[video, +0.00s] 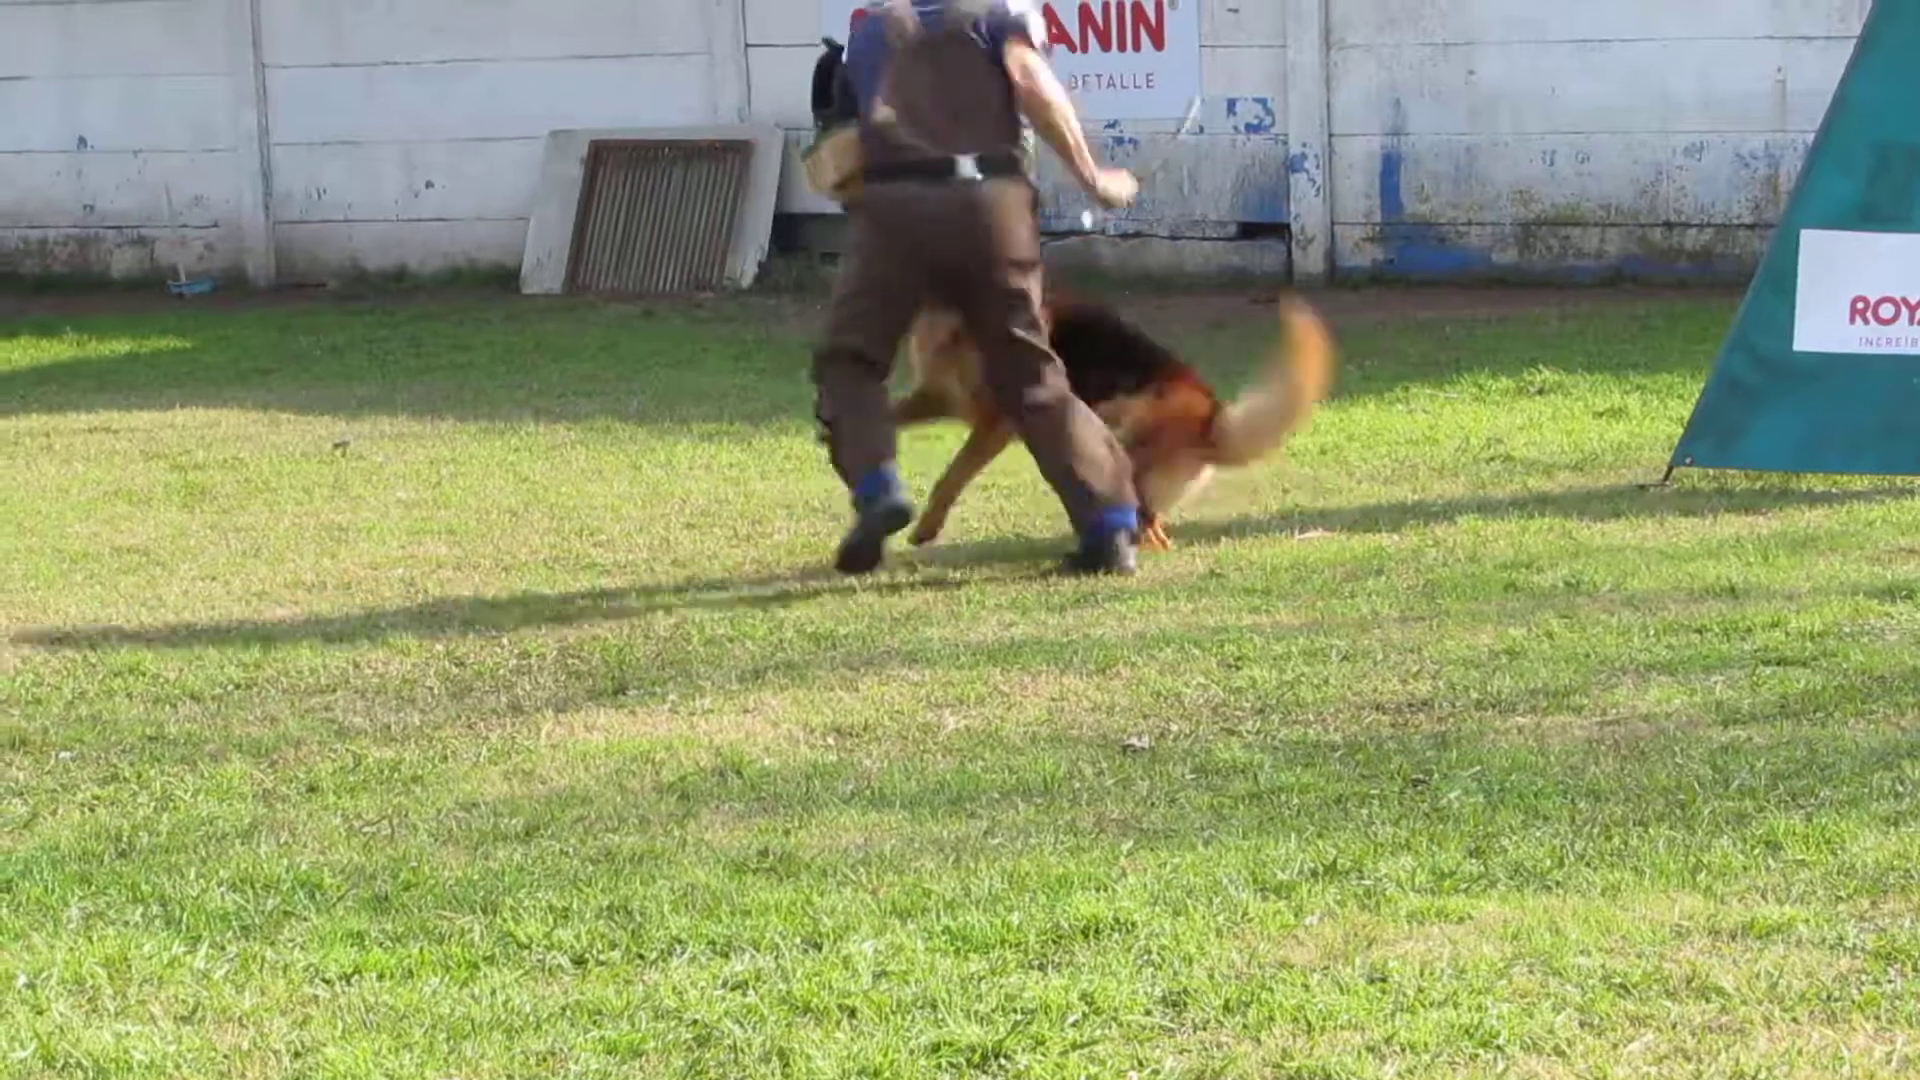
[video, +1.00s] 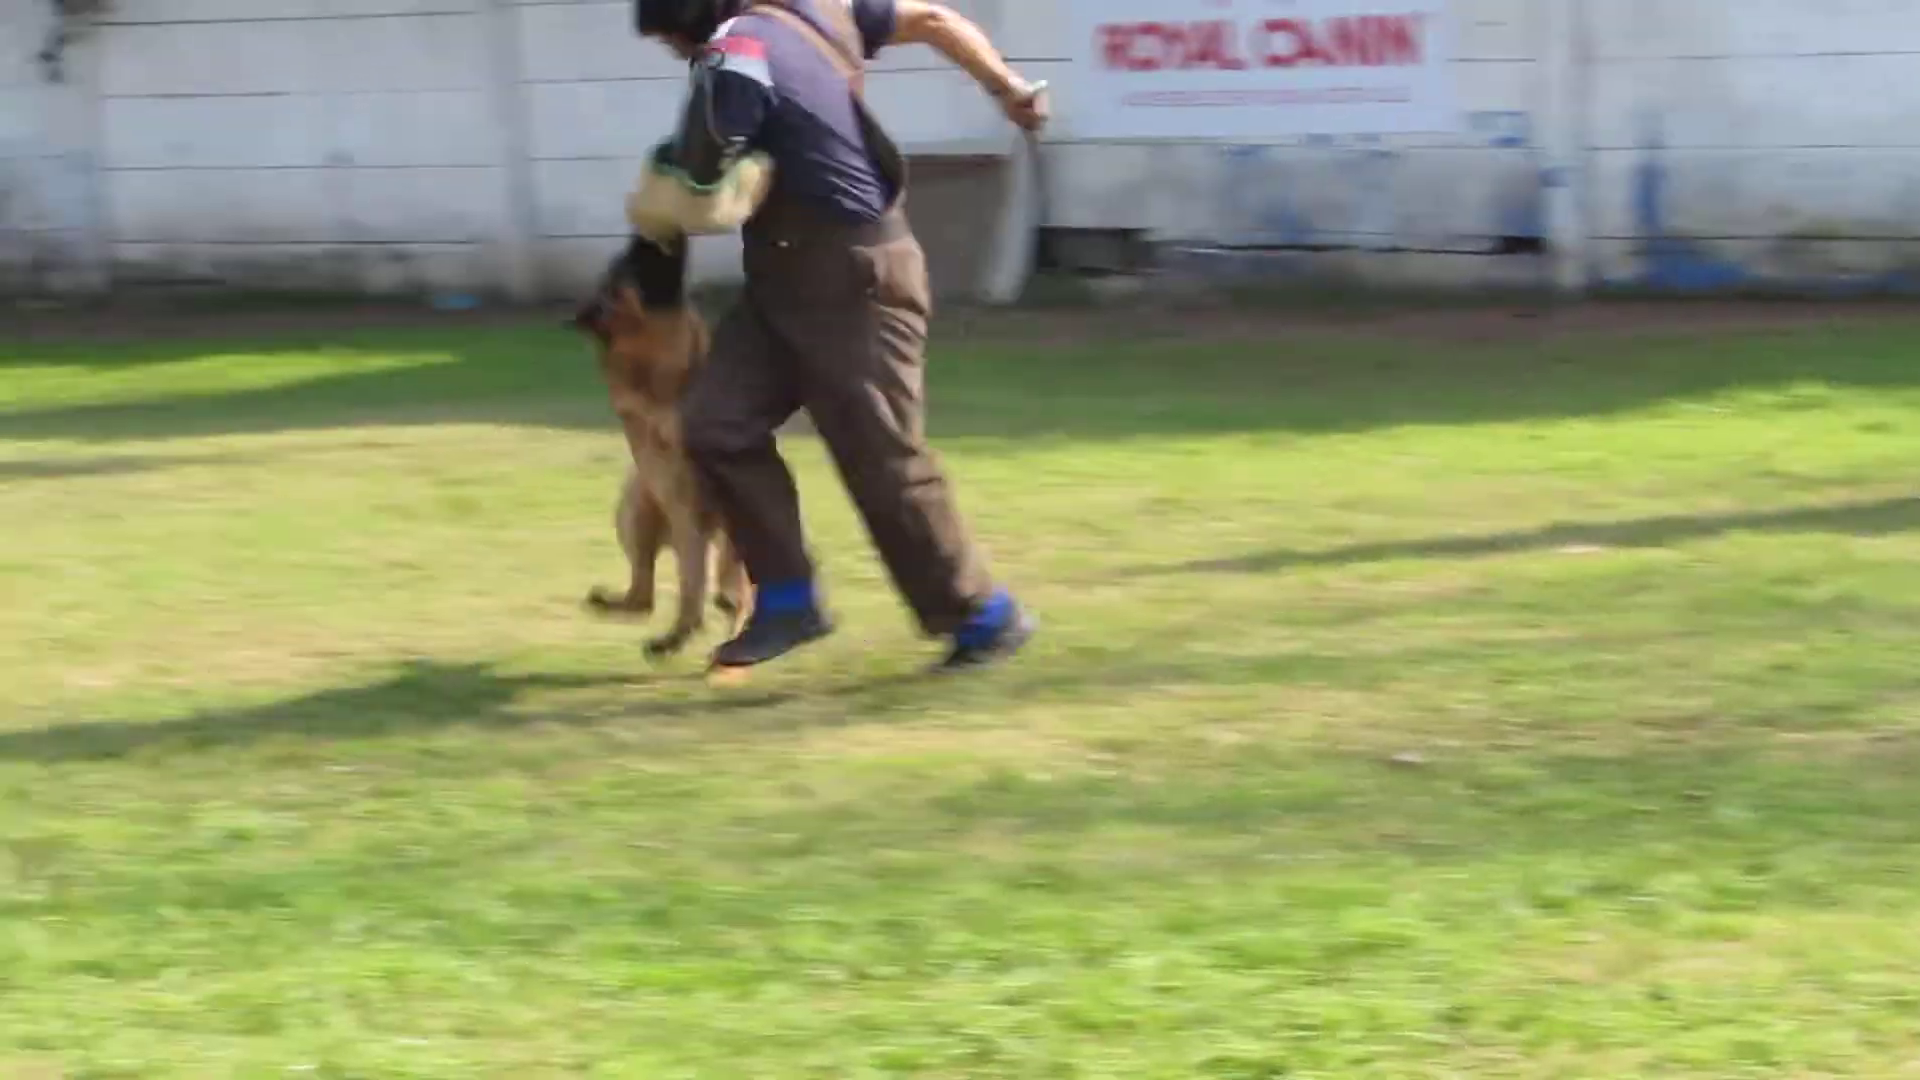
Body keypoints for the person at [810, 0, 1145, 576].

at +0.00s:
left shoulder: (868, 26)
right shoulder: (996, 11)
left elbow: (850, 134)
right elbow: (1027, 77)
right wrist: (1093, 176)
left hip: (896, 207)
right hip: (994, 198)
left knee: (850, 360)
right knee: (1027, 363)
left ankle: (877, 490)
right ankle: (1107, 519)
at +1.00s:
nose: (670, 52)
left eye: (667, 39)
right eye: (661, 41)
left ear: (691, 18)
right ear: (722, 2)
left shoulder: (734, 57)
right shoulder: (815, 11)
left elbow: (713, 199)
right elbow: (936, 18)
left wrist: (650, 193)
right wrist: (1009, 85)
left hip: (856, 274)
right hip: (793, 279)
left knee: (886, 459)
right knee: (719, 426)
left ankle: (982, 615)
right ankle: (787, 602)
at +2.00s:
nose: (1067, 134)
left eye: (1068, 116)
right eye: (1062, 119)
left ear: (1096, 98)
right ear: (1142, 83)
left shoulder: (1134, 140)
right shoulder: (1210, 147)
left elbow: (1074, 287)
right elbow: (1309, 262)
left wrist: (996, 272)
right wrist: (1314, 399)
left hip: (1171, 435)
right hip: (1186, 430)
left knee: (1064, 641)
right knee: (1064, 620)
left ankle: (1064, 879)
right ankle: (1208, 769)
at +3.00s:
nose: (1419, 38)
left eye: (1424, 25)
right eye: (1422, 28)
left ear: (1450, 26)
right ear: (1531, 32)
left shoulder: (1444, 99)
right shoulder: (1595, 131)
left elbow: (1364, 233)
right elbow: (1666, 285)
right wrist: (1662, 431)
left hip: (1474, 425)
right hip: (1585, 422)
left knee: (1418, 687)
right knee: (1577, 674)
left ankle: (1405, 941)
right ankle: (1666, 912)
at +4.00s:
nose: (1389, 42)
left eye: (1394, 28)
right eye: (1395, 28)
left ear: (1410, 33)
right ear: (1503, 36)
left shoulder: (1378, 121)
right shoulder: (1577, 135)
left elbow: (1280, 261)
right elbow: (1649, 291)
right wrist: (1663, 429)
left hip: (1403, 437)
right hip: (1534, 436)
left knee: (1341, 687)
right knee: (1511, 684)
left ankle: (1306, 937)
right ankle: (1525, 932)